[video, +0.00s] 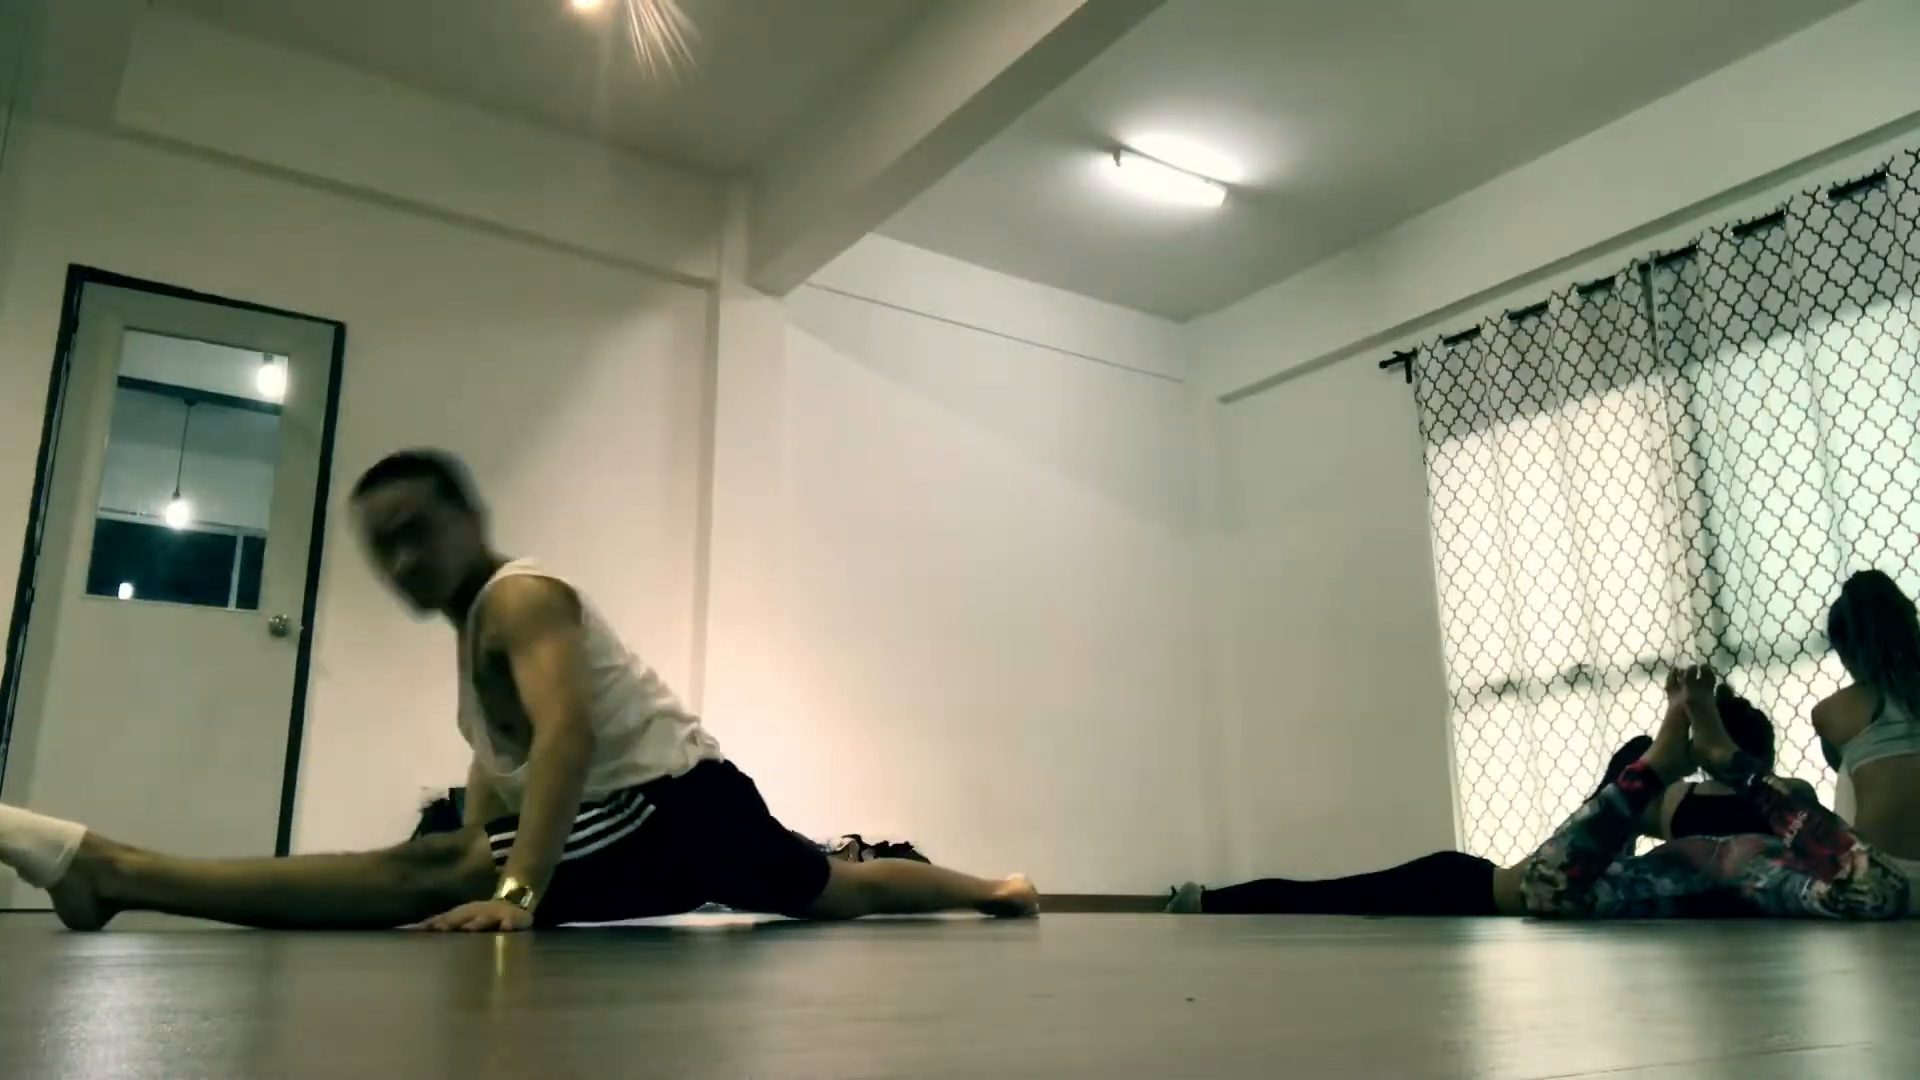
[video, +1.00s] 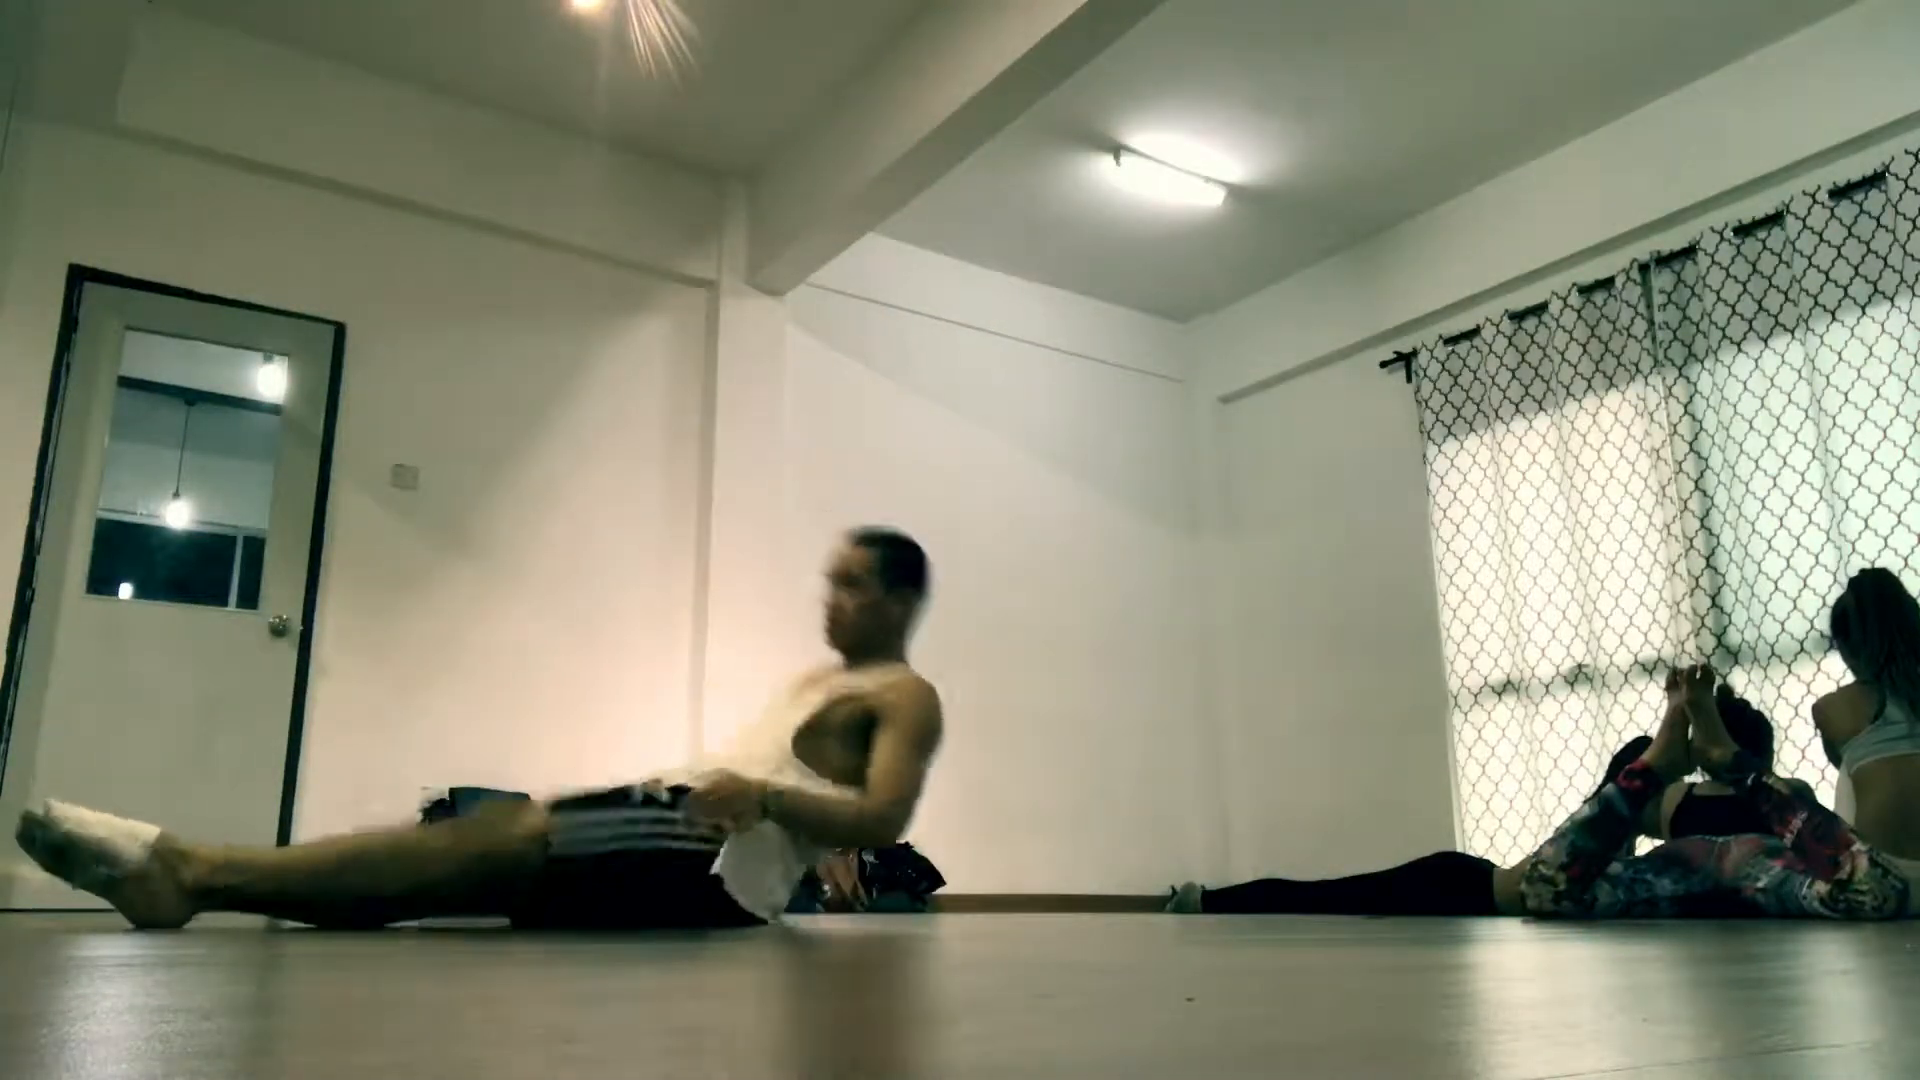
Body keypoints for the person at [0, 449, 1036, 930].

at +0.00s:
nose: (401, 561)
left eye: (414, 532)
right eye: (382, 549)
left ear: (471, 516)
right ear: (382, 565)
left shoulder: (520, 600)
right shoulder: (479, 646)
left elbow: (565, 739)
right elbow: (492, 778)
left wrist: (520, 886)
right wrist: (460, 870)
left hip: (675, 817)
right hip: (677, 820)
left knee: (413, 873)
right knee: (830, 886)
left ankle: (123, 877)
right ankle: (970, 889)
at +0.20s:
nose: (503, 487)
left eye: (528, 468)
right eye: (490, 472)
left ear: (582, 486)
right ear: (483, 494)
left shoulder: (602, 589)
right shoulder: (517, 612)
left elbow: (596, 748)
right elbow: (498, 750)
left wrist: (520, 890)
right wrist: (470, 852)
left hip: (653, 847)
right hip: (686, 834)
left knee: (409, 868)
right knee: (796, 876)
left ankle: (117, 876)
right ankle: (918, 886)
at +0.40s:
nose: (601, 478)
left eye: (623, 462)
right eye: (601, 463)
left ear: (683, 478)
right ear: (624, 481)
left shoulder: (680, 568)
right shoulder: (655, 580)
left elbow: (616, 718)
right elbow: (607, 732)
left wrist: (512, 875)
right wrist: (508, 832)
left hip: (707, 859)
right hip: (676, 846)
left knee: (438, 867)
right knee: (442, 854)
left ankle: (135, 881)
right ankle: (136, 883)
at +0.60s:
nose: (695, 505)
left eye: (714, 487)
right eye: (694, 488)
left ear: (774, 497)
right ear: (727, 500)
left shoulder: (775, 590)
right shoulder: (753, 598)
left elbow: (687, 715)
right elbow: (689, 734)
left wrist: (557, 818)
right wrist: (570, 821)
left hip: (714, 849)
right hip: (692, 839)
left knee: (444, 862)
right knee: (441, 856)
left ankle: (144, 873)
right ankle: (156, 879)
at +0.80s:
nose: (753, 537)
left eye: (773, 519)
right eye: (752, 520)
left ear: (831, 531)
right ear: (773, 532)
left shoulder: (846, 623)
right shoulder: (780, 630)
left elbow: (832, 754)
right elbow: (754, 754)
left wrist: (693, 803)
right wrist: (668, 803)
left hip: (711, 856)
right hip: (680, 836)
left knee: (452, 862)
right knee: (447, 840)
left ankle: (164, 872)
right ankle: (167, 878)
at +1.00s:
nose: (830, 599)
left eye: (850, 588)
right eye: (832, 584)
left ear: (896, 607)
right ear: (843, 594)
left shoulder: (905, 696)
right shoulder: (820, 689)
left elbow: (880, 816)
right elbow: (777, 783)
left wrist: (763, 792)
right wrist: (692, 796)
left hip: (731, 850)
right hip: (693, 822)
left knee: (495, 840)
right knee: (454, 836)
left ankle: (189, 873)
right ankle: (178, 884)